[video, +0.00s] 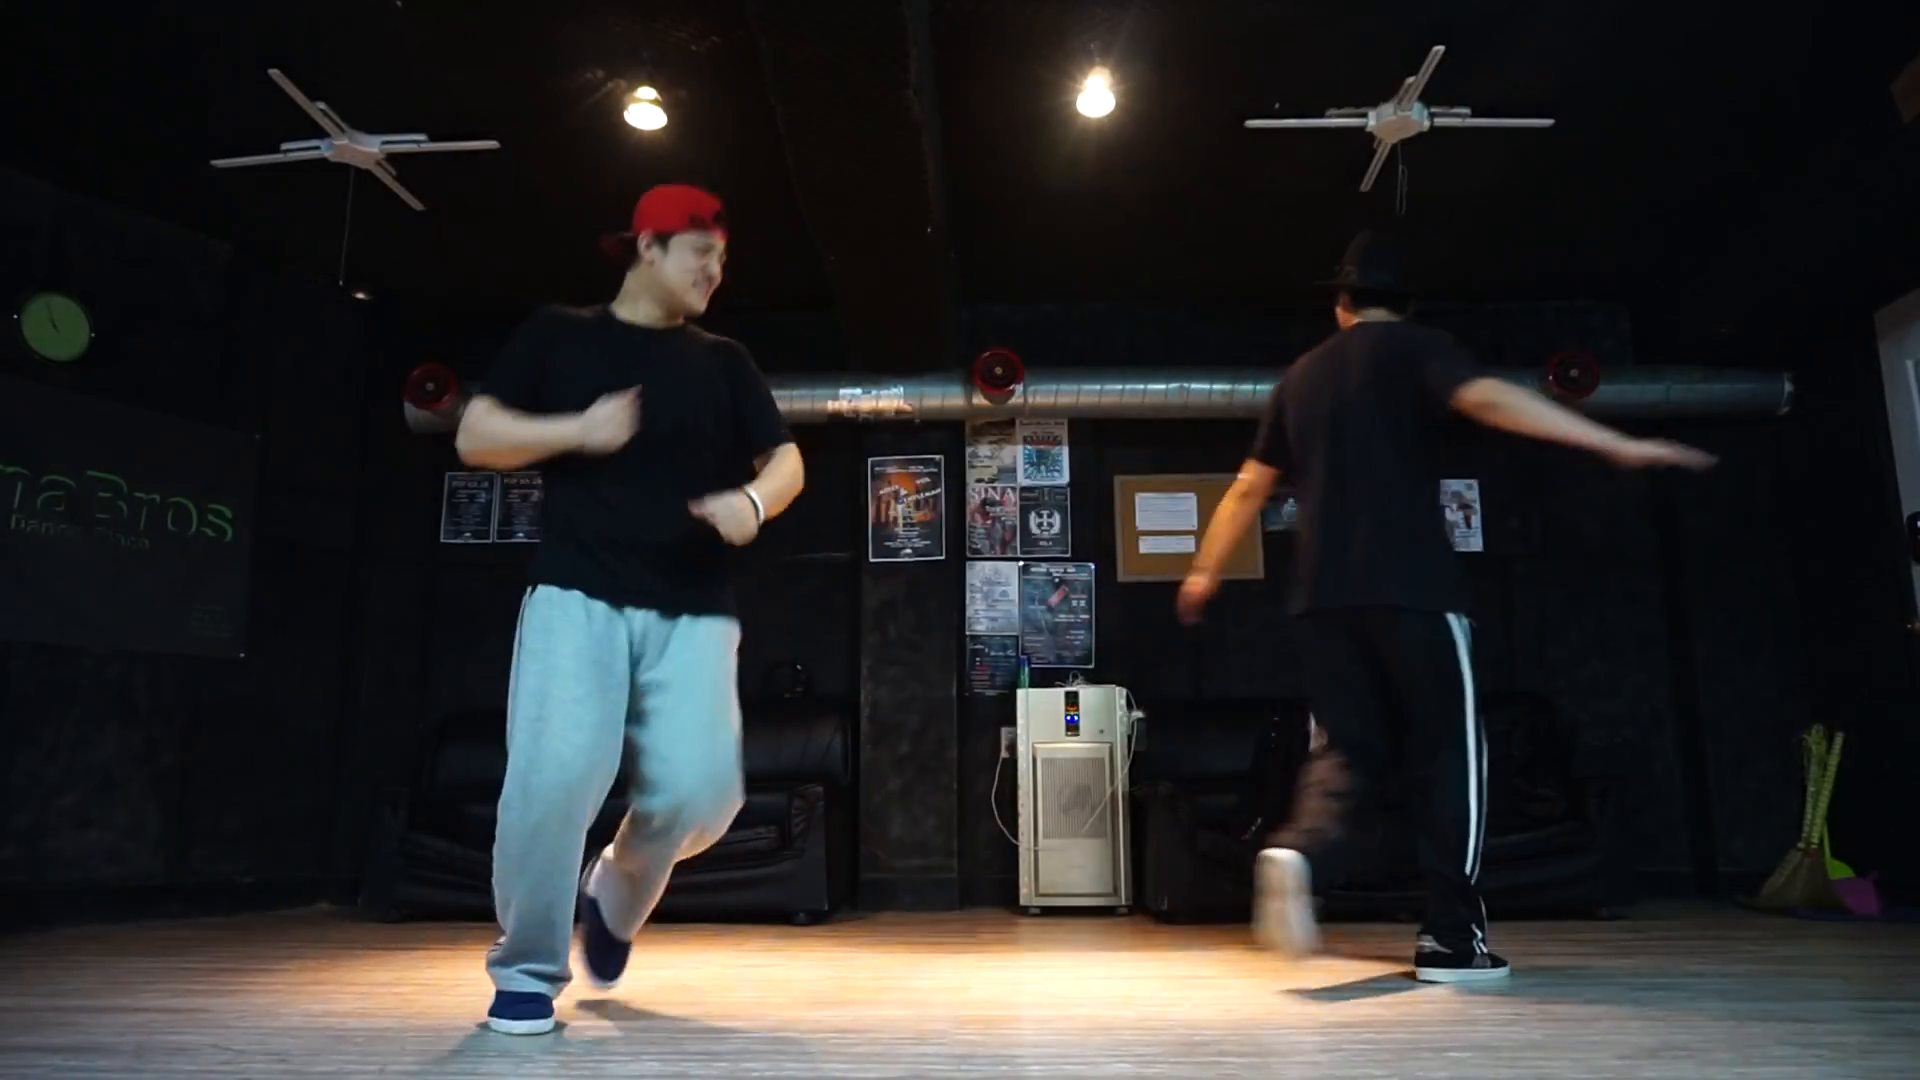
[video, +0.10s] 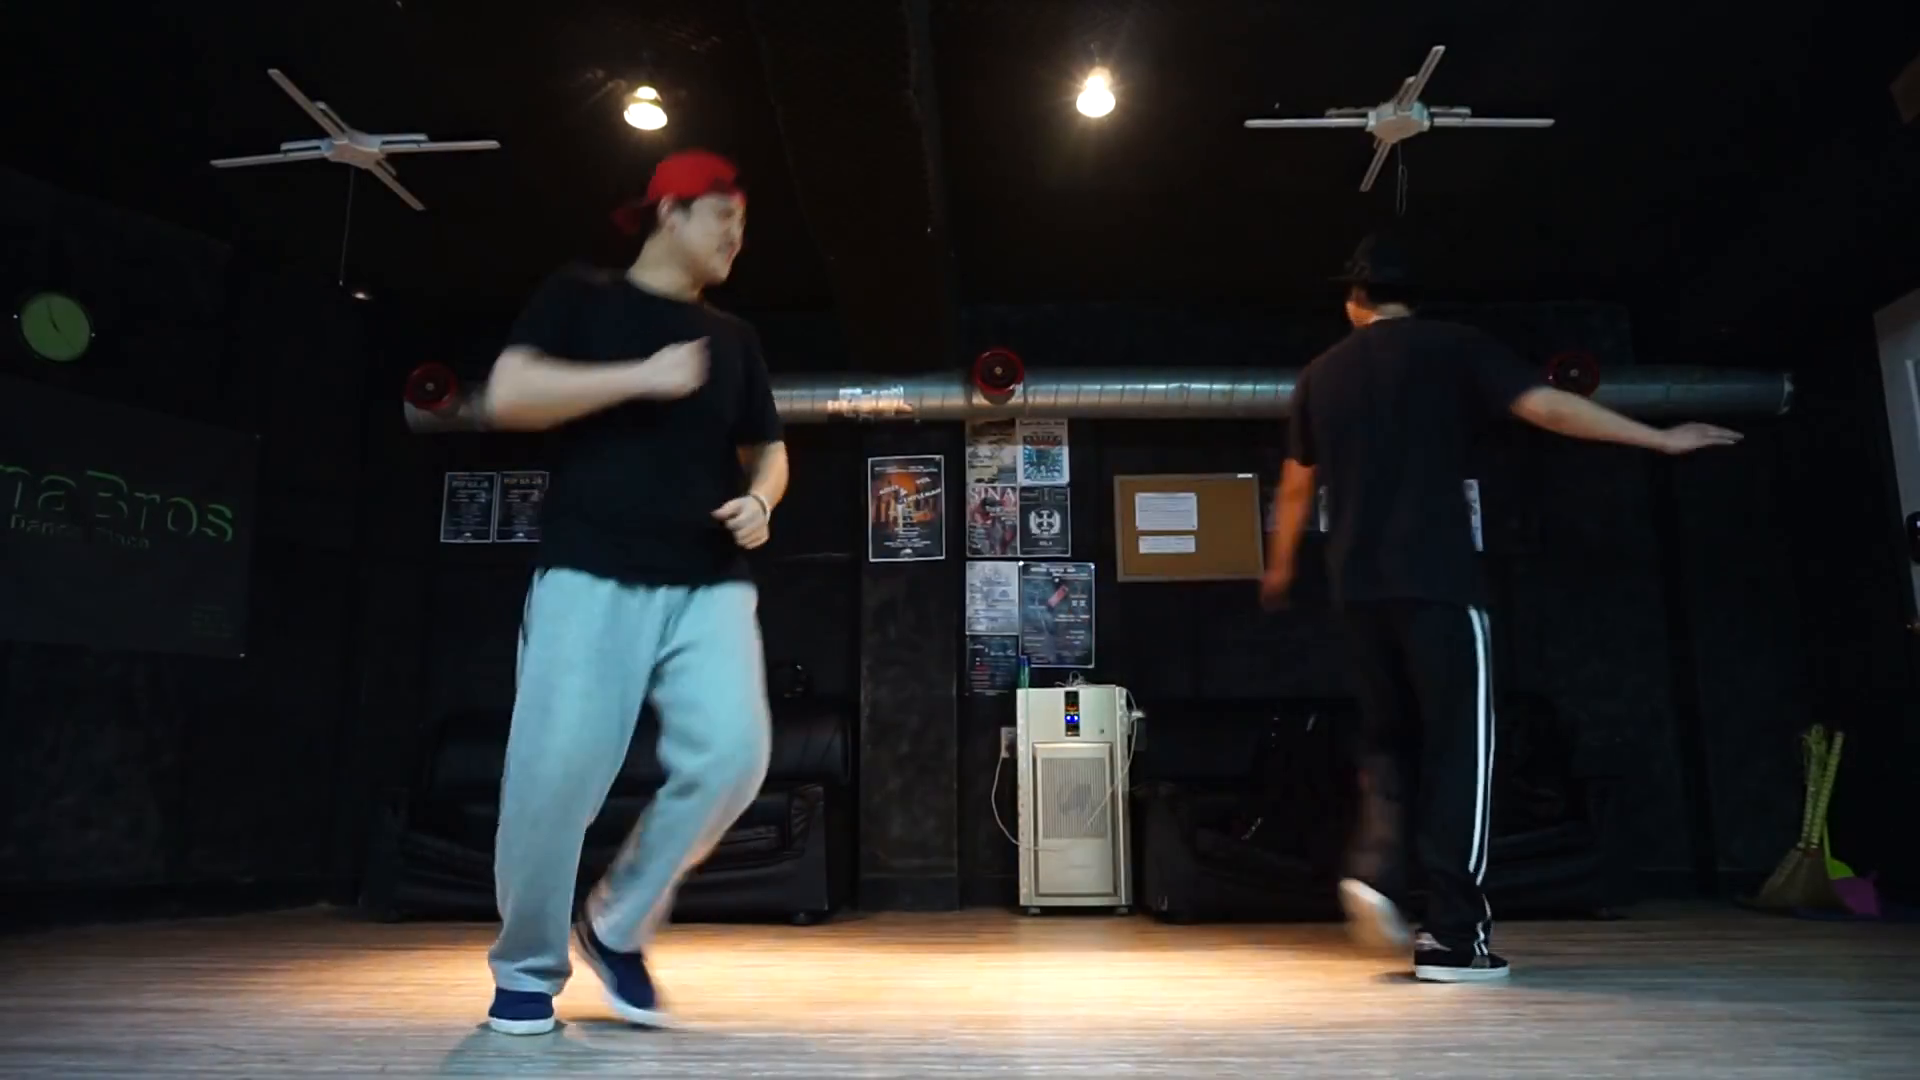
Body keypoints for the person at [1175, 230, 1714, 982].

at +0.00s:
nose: (1354, 309)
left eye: (1347, 297)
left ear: (1339, 301)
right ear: (1408, 298)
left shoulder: (1300, 379)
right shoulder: (1417, 353)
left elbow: (1249, 488)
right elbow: (1494, 401)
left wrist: (1205, 569)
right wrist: (1617, 443)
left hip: (1327, 598)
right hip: (1416, 590)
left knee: (1349, 749)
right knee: (1451, 753)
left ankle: (1296, 853)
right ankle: (1452, 936)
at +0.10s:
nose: (1347, 309)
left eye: (1348, 299)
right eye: (1355, 299)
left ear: (1355, 301)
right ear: (1420, 294)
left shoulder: (1322, 374)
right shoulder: (1450, 350)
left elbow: (1296, 485)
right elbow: (1545, 406)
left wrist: (1279, 563)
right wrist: (1660, 438)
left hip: (1358, 591)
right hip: (1442, 583)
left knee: (1391, 740)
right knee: (1462, 751)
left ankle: (1374, 876)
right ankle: (1455, 937)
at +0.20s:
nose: (1362, 319)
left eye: (1360, 311)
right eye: (1369, 310)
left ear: (1368, 309)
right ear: (1429, 298)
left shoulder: (1344, 382)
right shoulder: (1475, 353)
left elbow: (1345, 495)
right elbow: (1563, 435)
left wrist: (1362, 561)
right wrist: (1628, 452)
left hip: (1389, 591)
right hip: (1467, 583)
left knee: (1427, 747)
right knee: (1472, 749)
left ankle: (1452, 918)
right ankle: (1453, 935)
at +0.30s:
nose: (1381, 337)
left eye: (1381, 327)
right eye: (1390, 326)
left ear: (1387, 327)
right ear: (1448, 320)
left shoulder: (1369, 398)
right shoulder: (1494, 375)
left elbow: (1377, 500)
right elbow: (1552, 478)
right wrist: (1571, 484)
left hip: (1416, 600)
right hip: (1491, 593)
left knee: (1465, 753)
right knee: (1480, 760)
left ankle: (1543, 917)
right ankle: (1453, 936)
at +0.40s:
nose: (1396, 363)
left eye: (1396, 353)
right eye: (1398, 353)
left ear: (1406, 350)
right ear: (1464, 341)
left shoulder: (1391, 420)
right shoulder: (1517, 395)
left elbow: (1401, 523)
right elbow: (1541, 502)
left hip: (1440, 612)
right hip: (1517, 605)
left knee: (1492, 761)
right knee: (1512, 761)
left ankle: (1569, 915)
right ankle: (1457, 924)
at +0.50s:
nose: (1410, 386)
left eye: (1411, 375)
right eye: (1410, 374)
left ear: (1424, 369)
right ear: (1477, 361)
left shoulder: (1406, 436)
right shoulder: (1534, 409)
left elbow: (1405, 547)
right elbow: (1565, 513)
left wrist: (1449, 596)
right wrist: (1523, 560)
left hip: (1460, 617)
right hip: (1536, 609)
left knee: (1507, 762)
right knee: (1564, 746)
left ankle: (1570, 919)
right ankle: (1509, 875)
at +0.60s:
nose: (1419, 386)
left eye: (1421, 373)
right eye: (1419, 373)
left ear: (1439, 368)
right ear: (1483, 365)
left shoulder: (1417, 439)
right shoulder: (1544, 416)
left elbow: (1409, 544)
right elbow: (1586, 514)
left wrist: (1412, 637)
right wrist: (1585, 592)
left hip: (1470, 623)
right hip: (1550, 614)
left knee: (1506, 760)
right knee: (1602, 741)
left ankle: (1567, 914)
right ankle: (1574, 838)